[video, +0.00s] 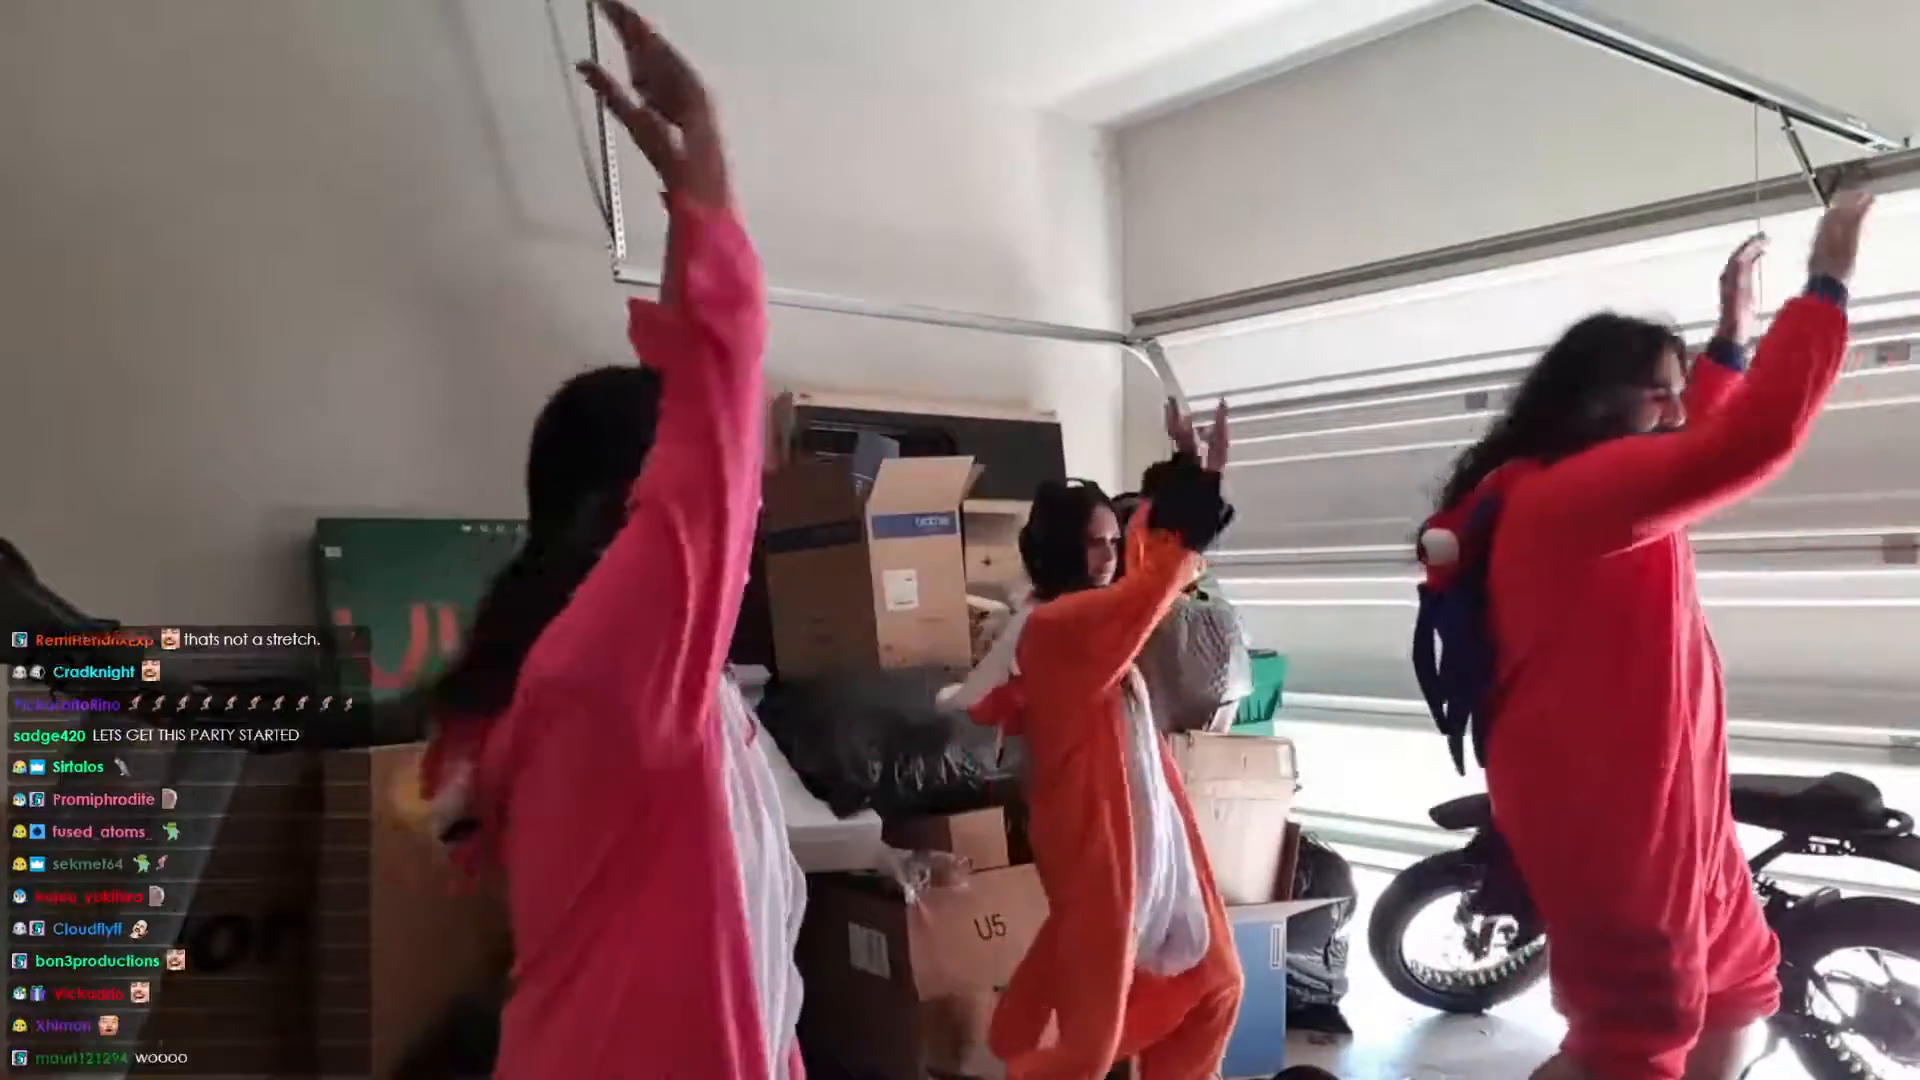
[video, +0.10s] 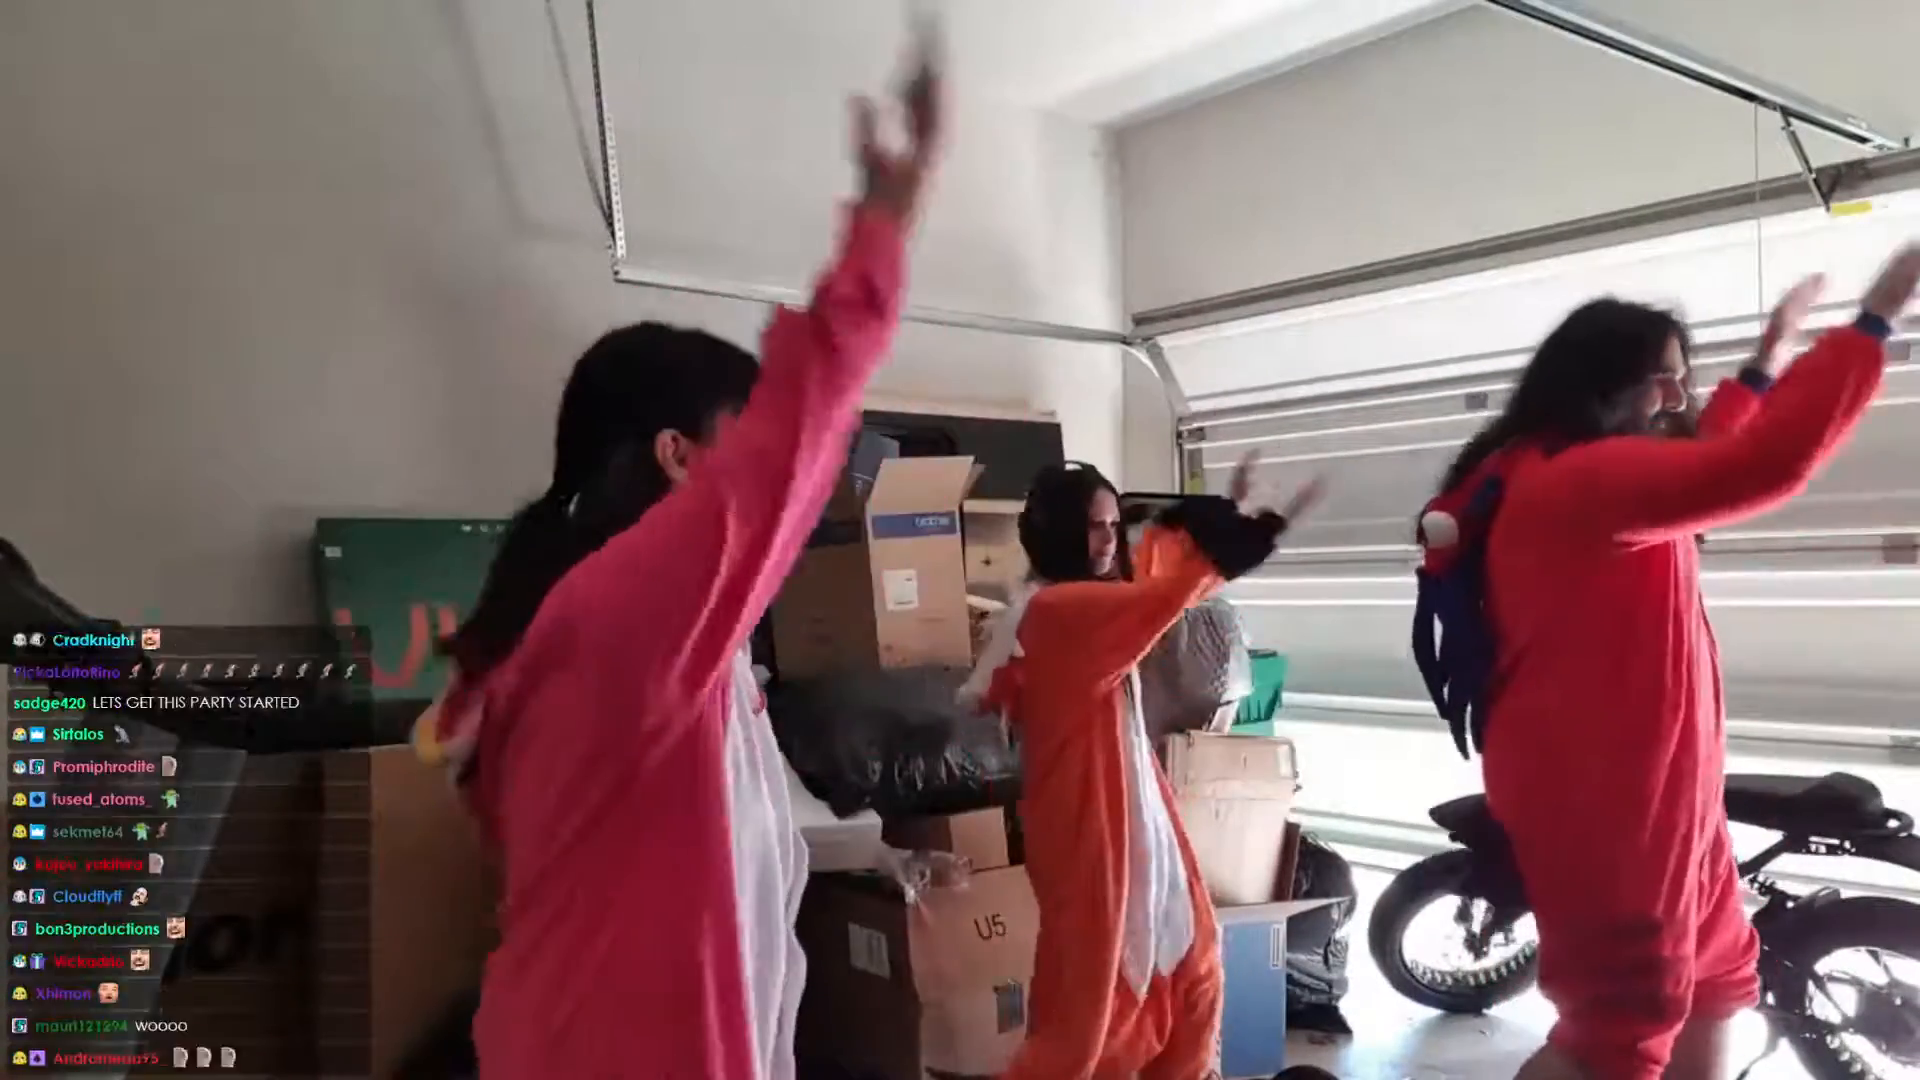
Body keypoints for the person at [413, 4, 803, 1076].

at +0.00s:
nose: (735, 518)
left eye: (728, 488)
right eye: (701, 485)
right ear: (630, 498)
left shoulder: (698, 696)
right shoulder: (602, 684)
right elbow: (702, 475)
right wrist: (702, 192)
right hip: (639, 1066)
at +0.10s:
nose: (762, 477)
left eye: (764, 448)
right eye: (747, 445)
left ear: (679, 464)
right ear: (676, 454)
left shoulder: (692, 645)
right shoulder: (603, 626)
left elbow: (722, 852)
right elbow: (773, 462)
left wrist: (879, 866)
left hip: (718, 1052)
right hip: (631, 1058)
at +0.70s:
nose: (718, 447)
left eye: (710, 416)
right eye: (691, 413)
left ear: (602, 440)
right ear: (599, 437)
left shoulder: (589, 608)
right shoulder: (569, 618)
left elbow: (830, 614)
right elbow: (845, 627)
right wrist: (1168, 564)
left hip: (645, 1042)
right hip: (598, 1055)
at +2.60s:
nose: (660, 485)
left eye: (669, 461)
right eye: (620, 463)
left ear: (685, 474)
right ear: (531, 503)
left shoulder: (617, 664)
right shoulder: (561, 665)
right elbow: (727, 473)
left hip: (697, 1055)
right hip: (616, 1059)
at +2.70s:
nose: (683, 479)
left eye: (692, 454)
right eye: (641, 455)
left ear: (712, 467)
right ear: (552, 490)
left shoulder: (641, 660)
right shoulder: (565, 659)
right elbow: (742, 496)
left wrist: (454, 770)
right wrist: (854, 239)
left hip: (703, 1054)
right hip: (611, 1062)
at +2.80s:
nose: (721, 446)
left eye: (731, 420)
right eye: (677, 418)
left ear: (745, 435)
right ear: (587, 449)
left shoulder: (634, 607)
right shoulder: (576, 605)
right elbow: (811, 563)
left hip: (673, 1041)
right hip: (577, 1049)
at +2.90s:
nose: (787, 458)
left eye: (796, 434)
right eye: (745, 429)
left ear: (808, 459)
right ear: (652, 459)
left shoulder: (667, 609)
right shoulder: (643, 613)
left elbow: (853, 747)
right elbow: (865, 716)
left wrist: (1073, 774)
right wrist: (1121, 745)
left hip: (602, 1023)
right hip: (531, 1033)